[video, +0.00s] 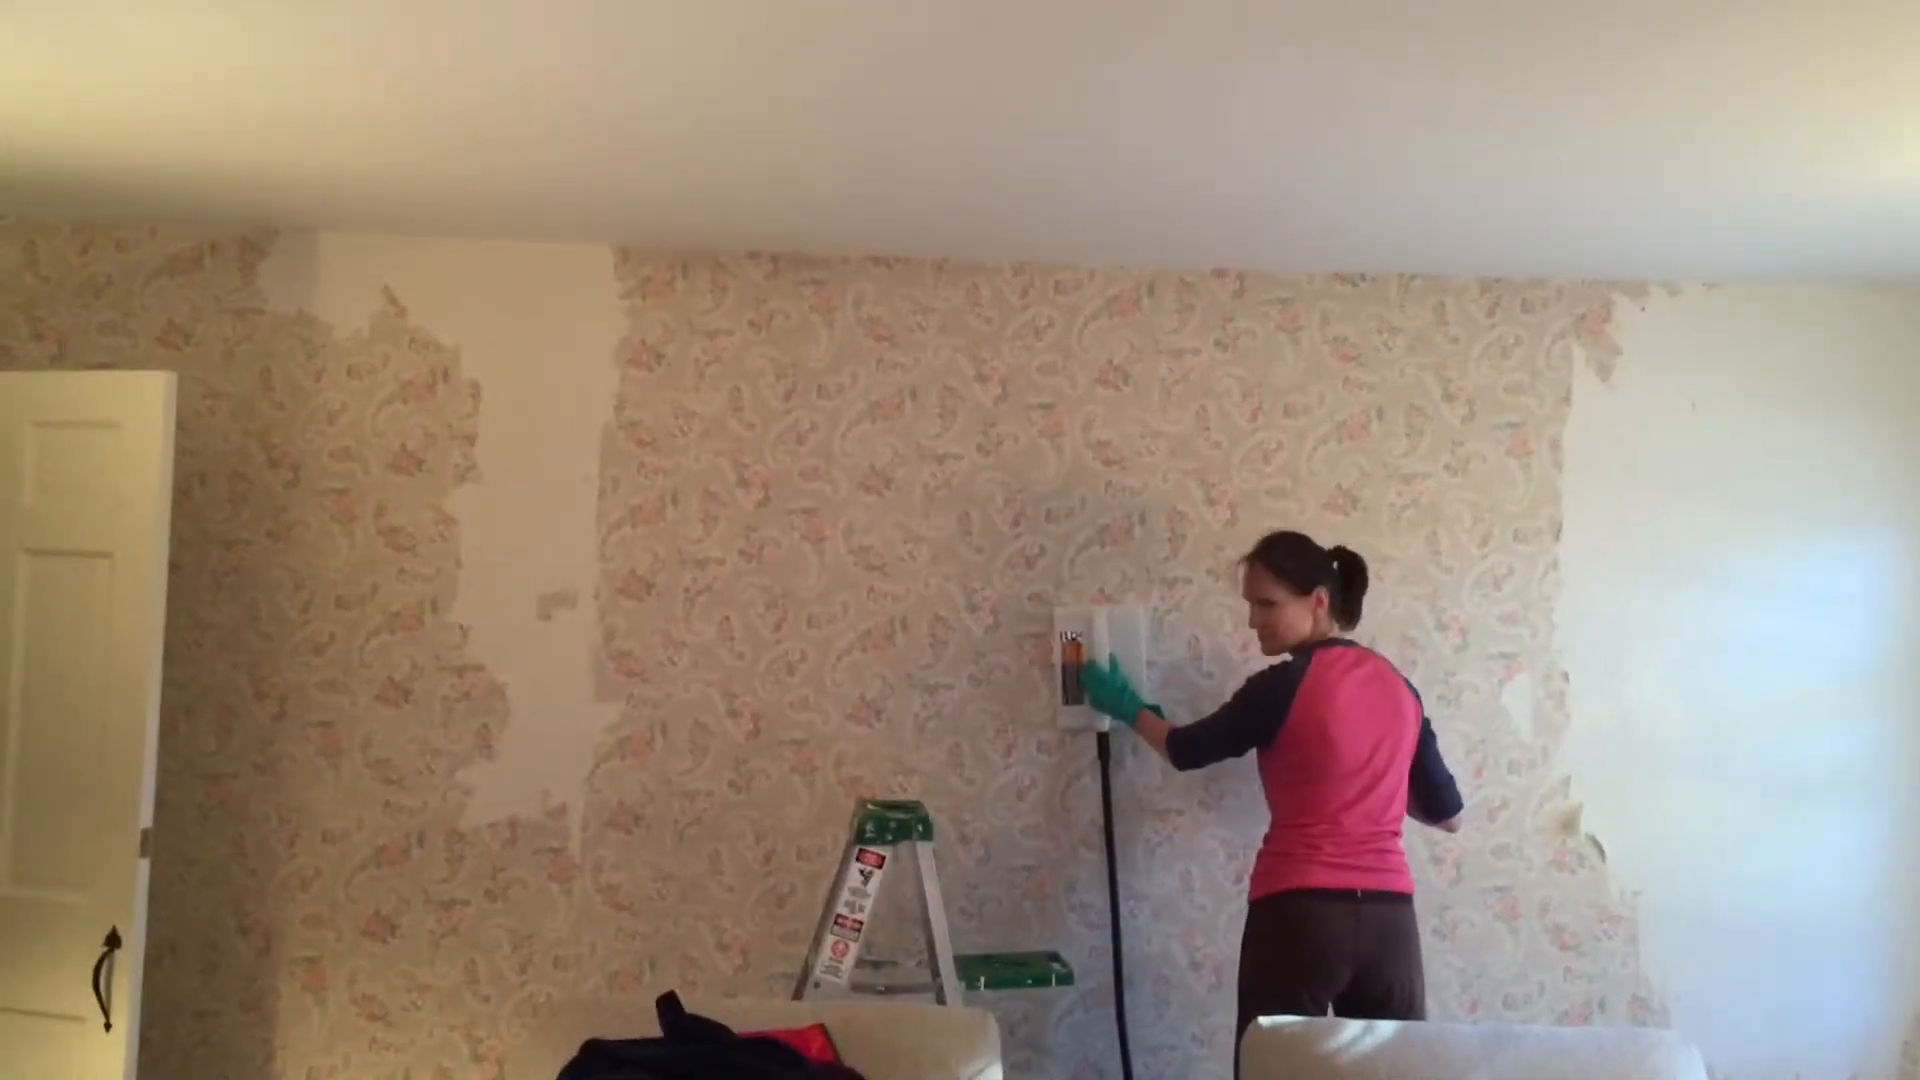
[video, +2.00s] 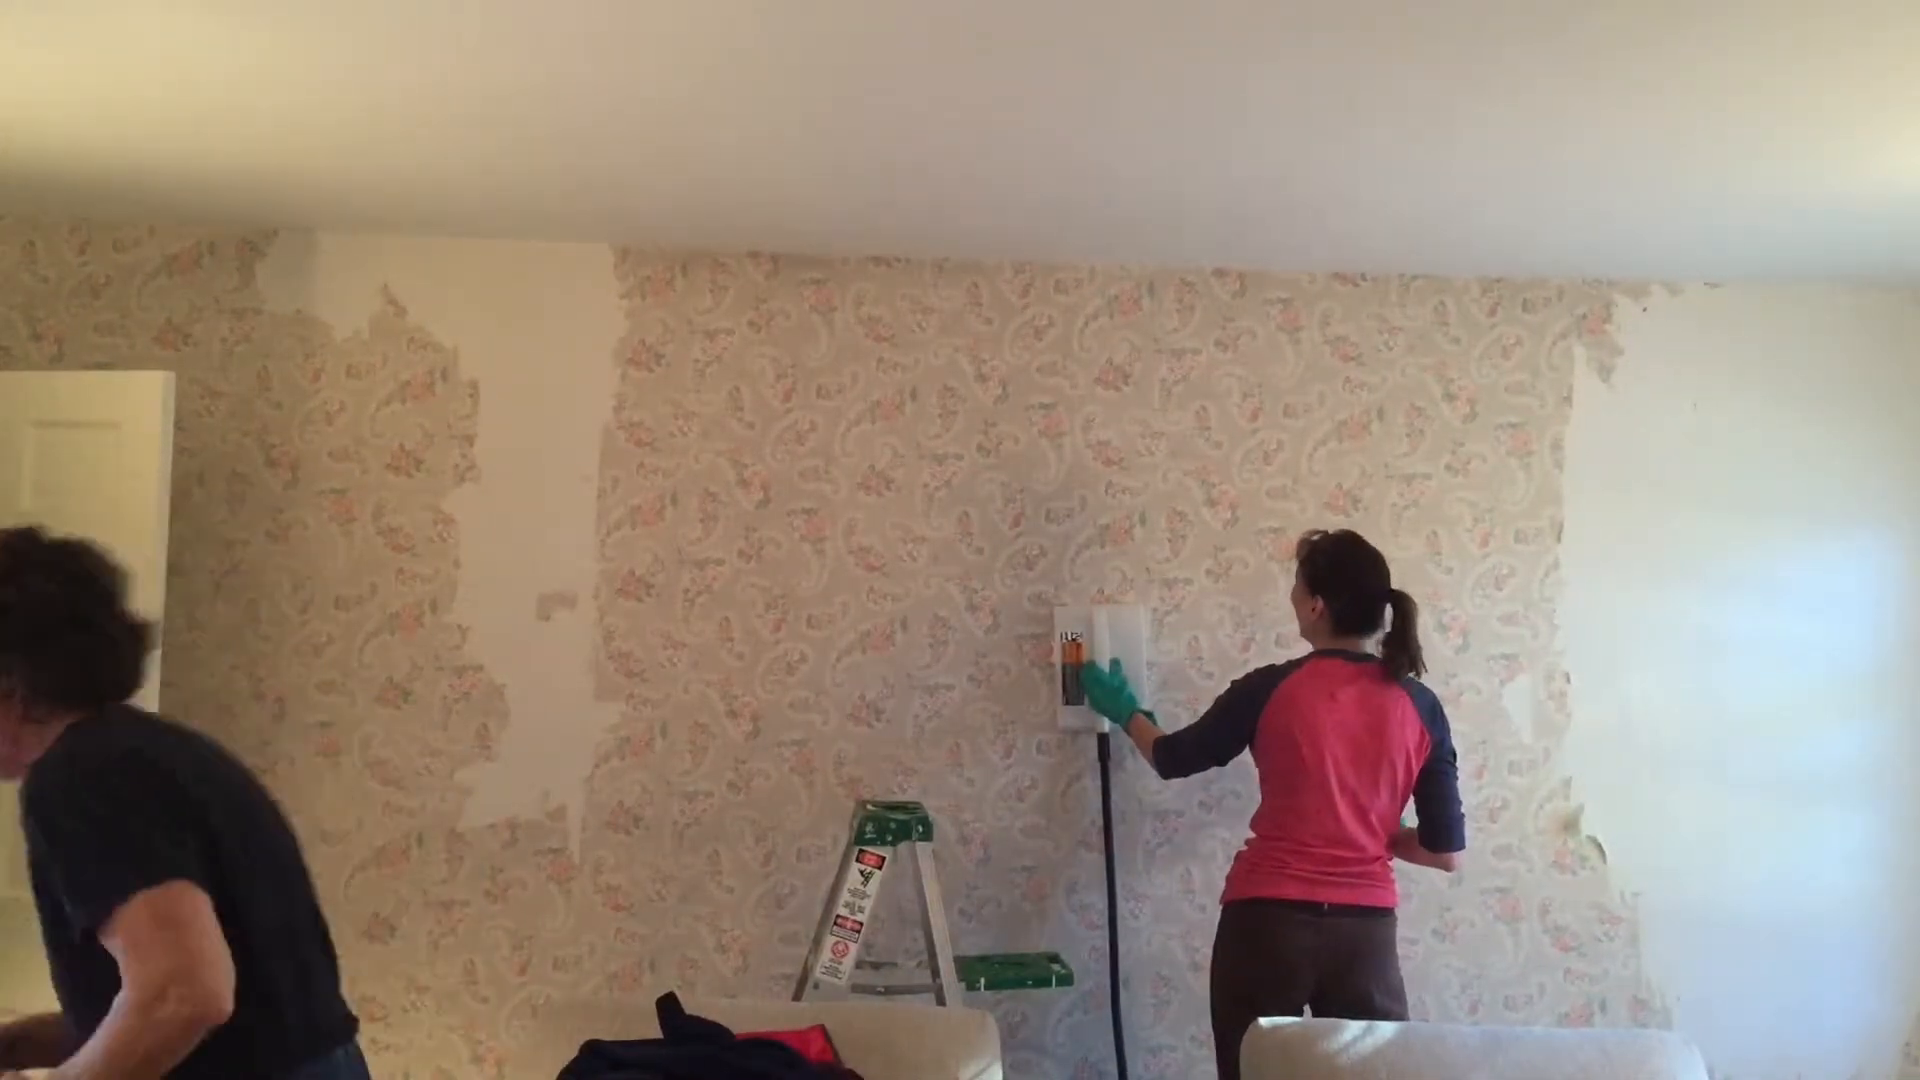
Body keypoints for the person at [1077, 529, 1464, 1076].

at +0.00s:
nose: (1254, 619)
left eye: (1266, 604)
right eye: (1252, 605)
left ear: (1317, 602)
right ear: (1322, 603)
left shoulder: (1283, 685)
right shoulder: (1398, 688)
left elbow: (1184, 749)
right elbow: (1445, 809)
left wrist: (1125, 705)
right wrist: (1373, 764)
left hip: (1296, 922)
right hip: (1389, 925)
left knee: (1269, 1073)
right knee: (1397, 1074)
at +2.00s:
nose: (1293, 597)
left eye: (1298, 586)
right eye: (1297, 585)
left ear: (1316, 605)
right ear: (1376, 606)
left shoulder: (1270, 687)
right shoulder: (1421, 705)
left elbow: (1169, 758)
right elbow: (1444, 849)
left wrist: (1125, 713)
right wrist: (1373, 828)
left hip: (1263, 930)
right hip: (1365, 938)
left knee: (1248, 1074)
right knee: (1379, 1076)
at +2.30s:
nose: (1292, 599)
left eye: (1294, 590)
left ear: (1298, 602)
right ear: (1372, 608)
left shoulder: (1251, 687)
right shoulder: (1402, 701)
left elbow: (1155, 774)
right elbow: (1442, 838)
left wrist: (1124, 713)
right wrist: (1433, 770)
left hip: (1257, 927)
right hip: (1359, 933)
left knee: (1243, 1075)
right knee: (1382, 1075)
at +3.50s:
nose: (1218, 622)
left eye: (1221, 609)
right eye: (1216, 609)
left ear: (1257, 613)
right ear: (1296, 607)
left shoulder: (1239, 690)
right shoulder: (1374, 688)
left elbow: (1164, 750)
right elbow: (1418, 799)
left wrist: (1135, 672)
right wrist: (1430, 755)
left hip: (1261, 923)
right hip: (1359, 925)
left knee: (1247, 1074)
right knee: (1384, 1073)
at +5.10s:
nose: (1282, 618)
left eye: (1289, 601)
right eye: (1282, 601)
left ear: (1332, 604)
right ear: (1339, 604)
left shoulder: (1295, 687)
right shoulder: (1434, 694)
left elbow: (1182, 718)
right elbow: (1500, 820)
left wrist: (1130, 659)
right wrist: (1485, 769)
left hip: (1298, 931)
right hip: (1402, 939)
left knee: (1276, 1067)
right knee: (1431, 1075)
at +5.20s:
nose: (1303, 616)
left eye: (1310, 600)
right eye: (1304, 600)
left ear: (1353, 604)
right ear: (1369, 603)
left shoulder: (1314, 686)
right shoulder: (1458, 693)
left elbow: (1194, 710)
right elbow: (1529, 818)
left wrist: (1128, 655)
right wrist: (1533, 784)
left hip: (1324, 928)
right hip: (1428, 935)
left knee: (1292, 1073)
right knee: (1453, 1076)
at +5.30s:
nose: (1330, 617)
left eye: (1334, 603)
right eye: (1329, 603)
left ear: (1373, 604)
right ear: (1401, 605)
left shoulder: (1336, 687)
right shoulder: (1481, 695)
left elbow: (1211, 706)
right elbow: (1556, 814)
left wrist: (1137, 658)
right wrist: (1578, 797)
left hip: (1357, 933)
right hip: (1461, 938)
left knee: (1319, 1069)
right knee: (1483, 1074)